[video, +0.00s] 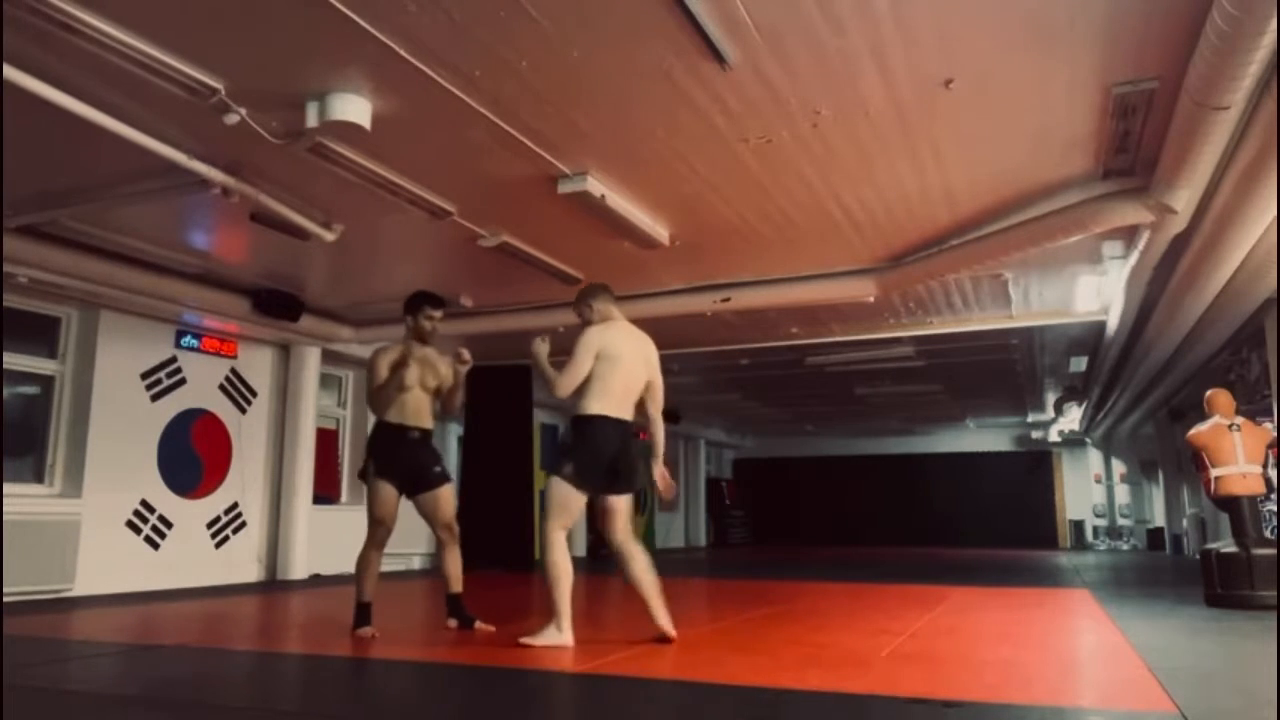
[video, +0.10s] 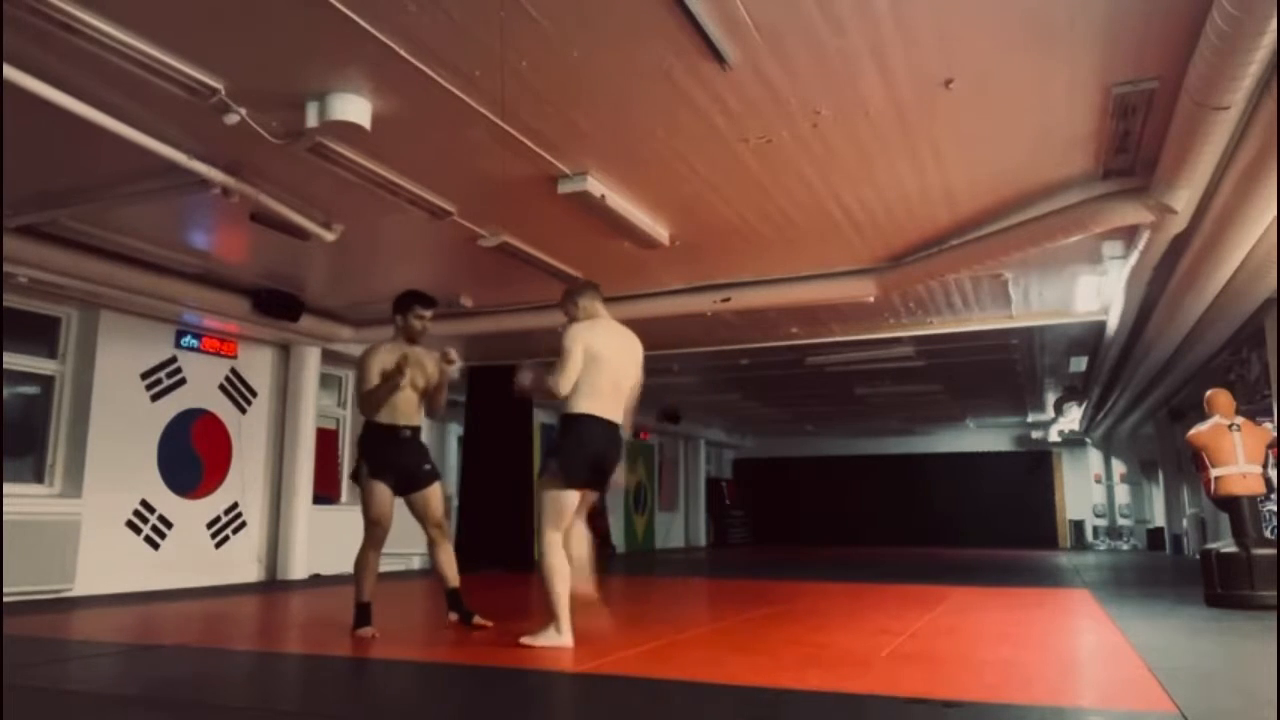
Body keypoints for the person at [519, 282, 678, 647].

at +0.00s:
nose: (583, 322)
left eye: (582, 316)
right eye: (581, 316)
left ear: (592, 308)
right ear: (613, 305)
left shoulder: (595, 334)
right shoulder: (647, 344)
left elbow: (562, 388)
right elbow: (655, 410)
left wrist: (540, 358)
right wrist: (658, 458)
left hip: (588, 437)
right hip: (626, 443)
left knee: (556, 528)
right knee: (622, 534)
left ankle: (561, 627)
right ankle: (663, 619)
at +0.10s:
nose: (568, 321)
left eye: (568, 314)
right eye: (567, 315)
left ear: (580, 306)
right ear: (599, 303)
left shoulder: (579, 331)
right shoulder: (633, 341)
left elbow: (561, 386)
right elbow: (630, 399)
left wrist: (534, 379)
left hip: (579, 429)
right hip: (612, 436)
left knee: (552, 531)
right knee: (576, 516)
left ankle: (561, 628)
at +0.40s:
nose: (559, 296)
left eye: (562, 289)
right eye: (559, 290)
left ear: (582, 283)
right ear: (571, 286)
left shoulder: (607, 327)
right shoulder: (567, 316)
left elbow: (626, 375)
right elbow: (528, 306)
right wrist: (500, 281)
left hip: (550, 425)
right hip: (522, 404)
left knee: (527, 517)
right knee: (451, 419)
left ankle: (541, 610)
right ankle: (470, 473)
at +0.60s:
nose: (546, 325)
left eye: (551, 319)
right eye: (547, 319)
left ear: (574, 316)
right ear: (554, 317)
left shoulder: (602, 360)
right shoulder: (545, 344)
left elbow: (636, 393)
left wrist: (591, 347)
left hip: (521, 444)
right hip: (492, 404)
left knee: (504, 527)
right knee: (420, 399)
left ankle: (488, 617)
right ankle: (407, 381)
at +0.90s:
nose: (532, 320)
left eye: (536, 313)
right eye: (531, 314)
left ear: (553, 310)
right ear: (546, 312)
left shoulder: (585, 356)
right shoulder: (534, 332)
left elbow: (550, 407)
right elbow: (482, 329)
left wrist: (534, 349)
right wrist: (470, 323)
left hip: (524, 446)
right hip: (495, 413)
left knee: (508, 528)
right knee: (438, 417)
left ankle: (491, 619)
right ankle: (407, 425)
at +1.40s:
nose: (522, 329)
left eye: (520, 323)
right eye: (519, 324)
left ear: (529, 315)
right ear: (548, 312)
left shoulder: (541, 338)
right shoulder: (582, 346)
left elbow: (539, 390)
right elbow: (576, 394)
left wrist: (507, 410)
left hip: (544, 434)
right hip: (574, 437)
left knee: (506, 525)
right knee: (560, 531)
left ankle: (528, 617)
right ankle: (577, 616)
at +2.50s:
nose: (544, 335)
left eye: (542, 328)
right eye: (542, 330)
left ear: (552, 317)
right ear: (561, 314)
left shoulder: (575, 339)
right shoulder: (592, 342)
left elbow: (530, 375)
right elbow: (556, 399)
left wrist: (525, 332)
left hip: (575, 437)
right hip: (596, 437)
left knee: (541, 523)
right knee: (594, 529)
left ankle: (551, 616)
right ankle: (613, 616)